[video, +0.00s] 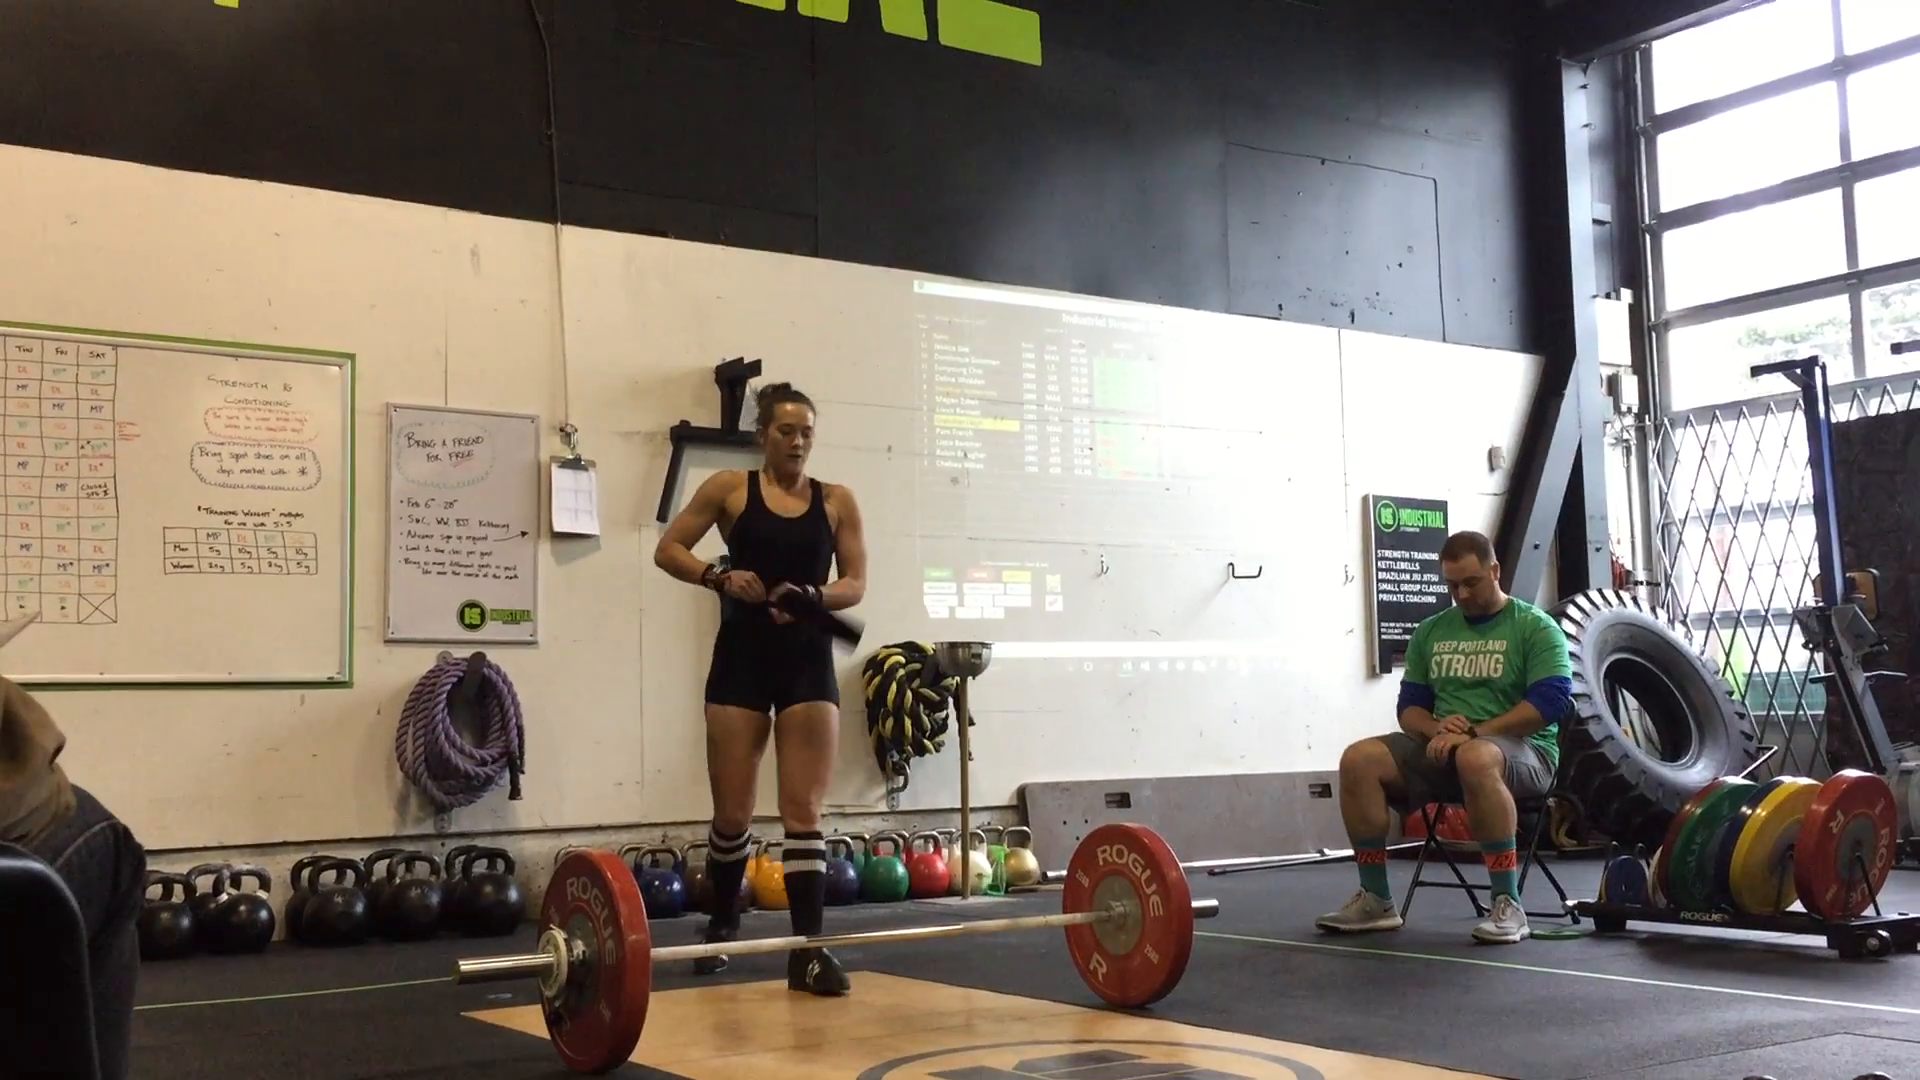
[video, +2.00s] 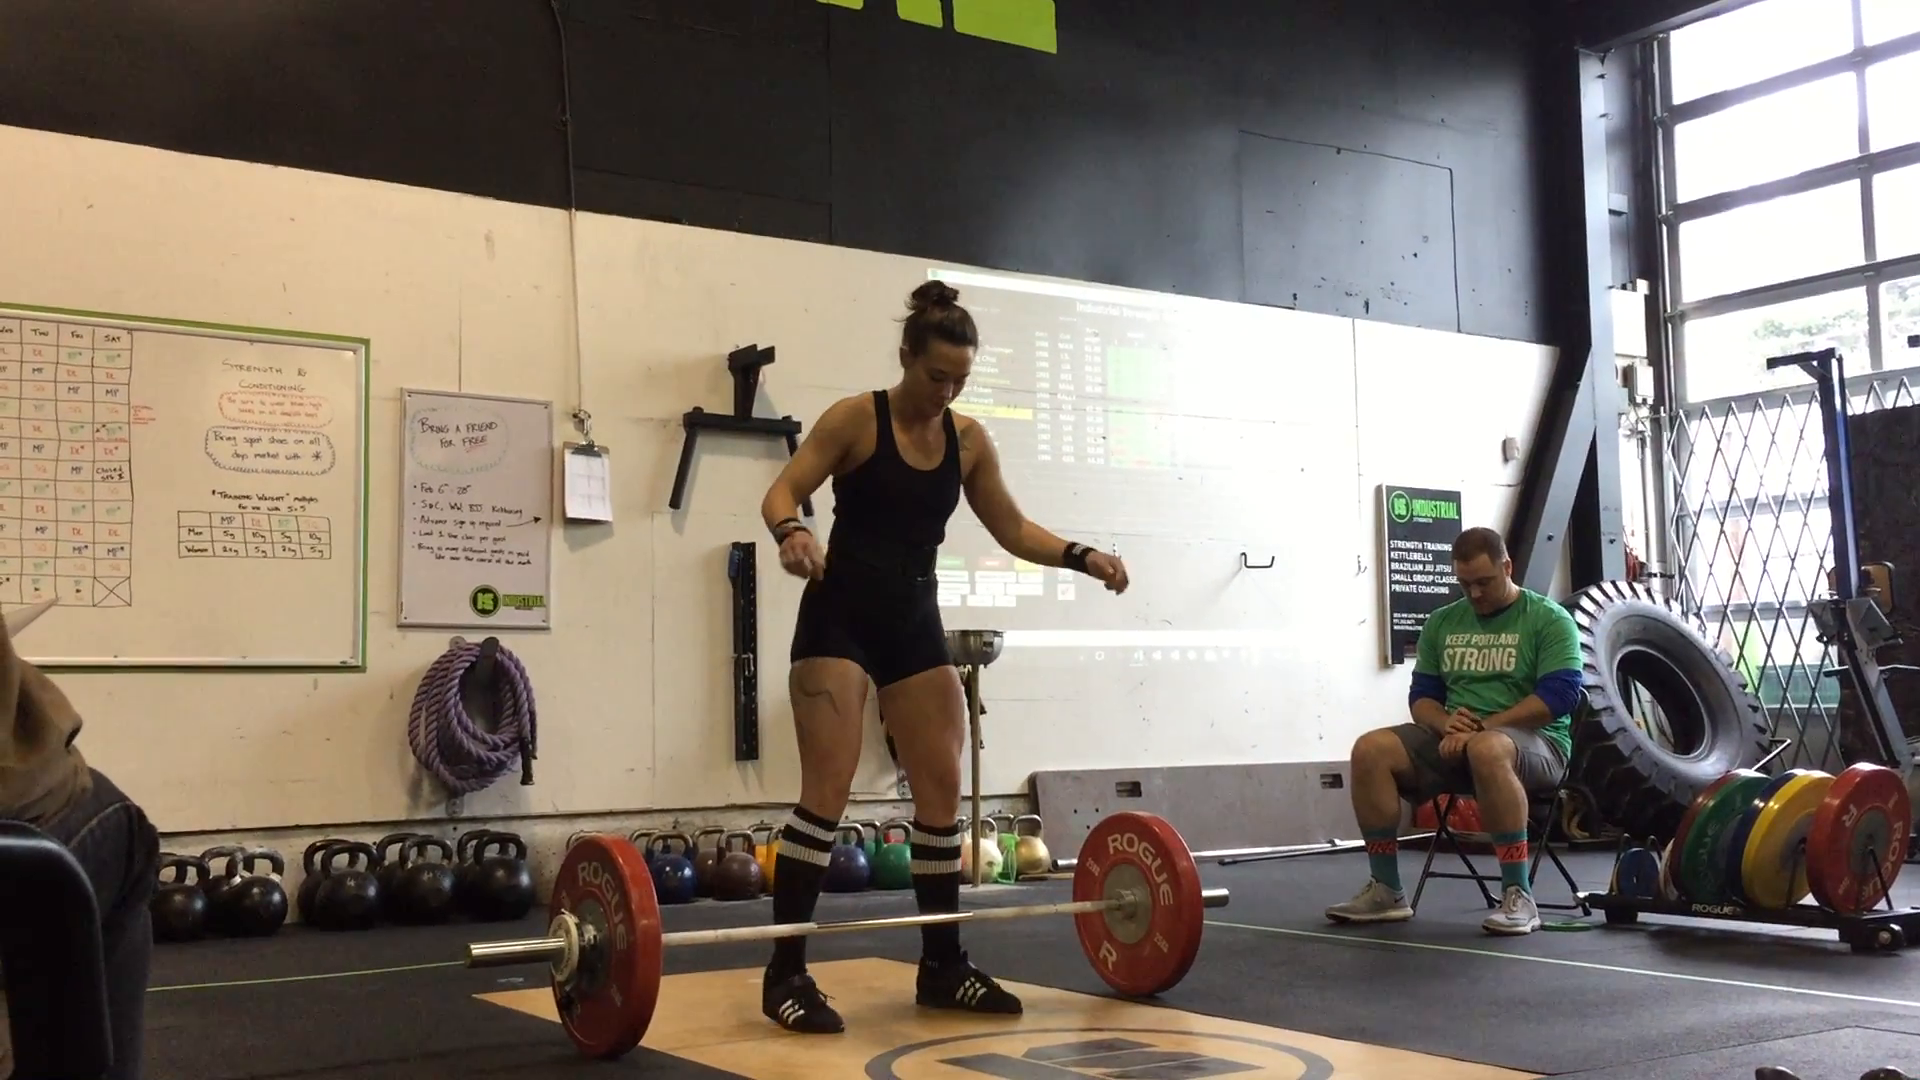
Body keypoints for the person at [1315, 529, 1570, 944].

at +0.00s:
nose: (1462, 594)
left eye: (1470, 582)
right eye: (1453, 585)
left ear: (1495, 571)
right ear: (1444, 579)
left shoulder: (1535, 626)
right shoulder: (1429, 632)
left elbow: (1551, 701)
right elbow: (1410, 708)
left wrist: (1473, 734)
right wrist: (1435, 727)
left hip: (1522, 750)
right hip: (1444, 752)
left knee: (1476, 758)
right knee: (1358, 760)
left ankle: (1506, 906)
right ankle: (1376, 900)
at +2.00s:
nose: (1475, 594)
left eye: (1484, 582)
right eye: (1465, 584)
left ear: (1508, 567)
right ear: (1455, 575)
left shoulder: (1549, 618)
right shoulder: (1441, 622)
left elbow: (1561, 694)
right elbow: (1422, 698)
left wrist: (1481, 730)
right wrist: (1444, 721)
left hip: (1535, 742)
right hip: (1454, 742)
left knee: (1487, 749)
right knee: (1370, 750)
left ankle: (1517, 897)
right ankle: (1386, 891)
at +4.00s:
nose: (1489, 583)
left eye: (1498, 571)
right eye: (1480, 574)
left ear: (1523, 557)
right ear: (1471, 566)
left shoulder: (1565, 609)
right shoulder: (1455, 614)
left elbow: (1574, 686)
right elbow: (1437, 689)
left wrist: (1496, 722)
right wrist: (1459, 713)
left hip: (1550, 734)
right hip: (1469, 733)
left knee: (1502, 741)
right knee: (1384, 742)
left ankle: (1532, 888)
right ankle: (1401, 882)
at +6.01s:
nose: (1496, 551)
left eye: (1507, 541)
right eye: (1489, 543)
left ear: (1534, 546)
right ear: (1483, 551)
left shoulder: (1569, 609)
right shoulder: (1463, 613)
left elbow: (1569, 687)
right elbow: (1444, 684)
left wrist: (1495, 726)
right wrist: (1456, 725)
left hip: (1551, 734)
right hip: (1472, 735)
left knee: (1504, 743)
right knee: (1384, 744)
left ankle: (1536, 890)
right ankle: (1402, 884)